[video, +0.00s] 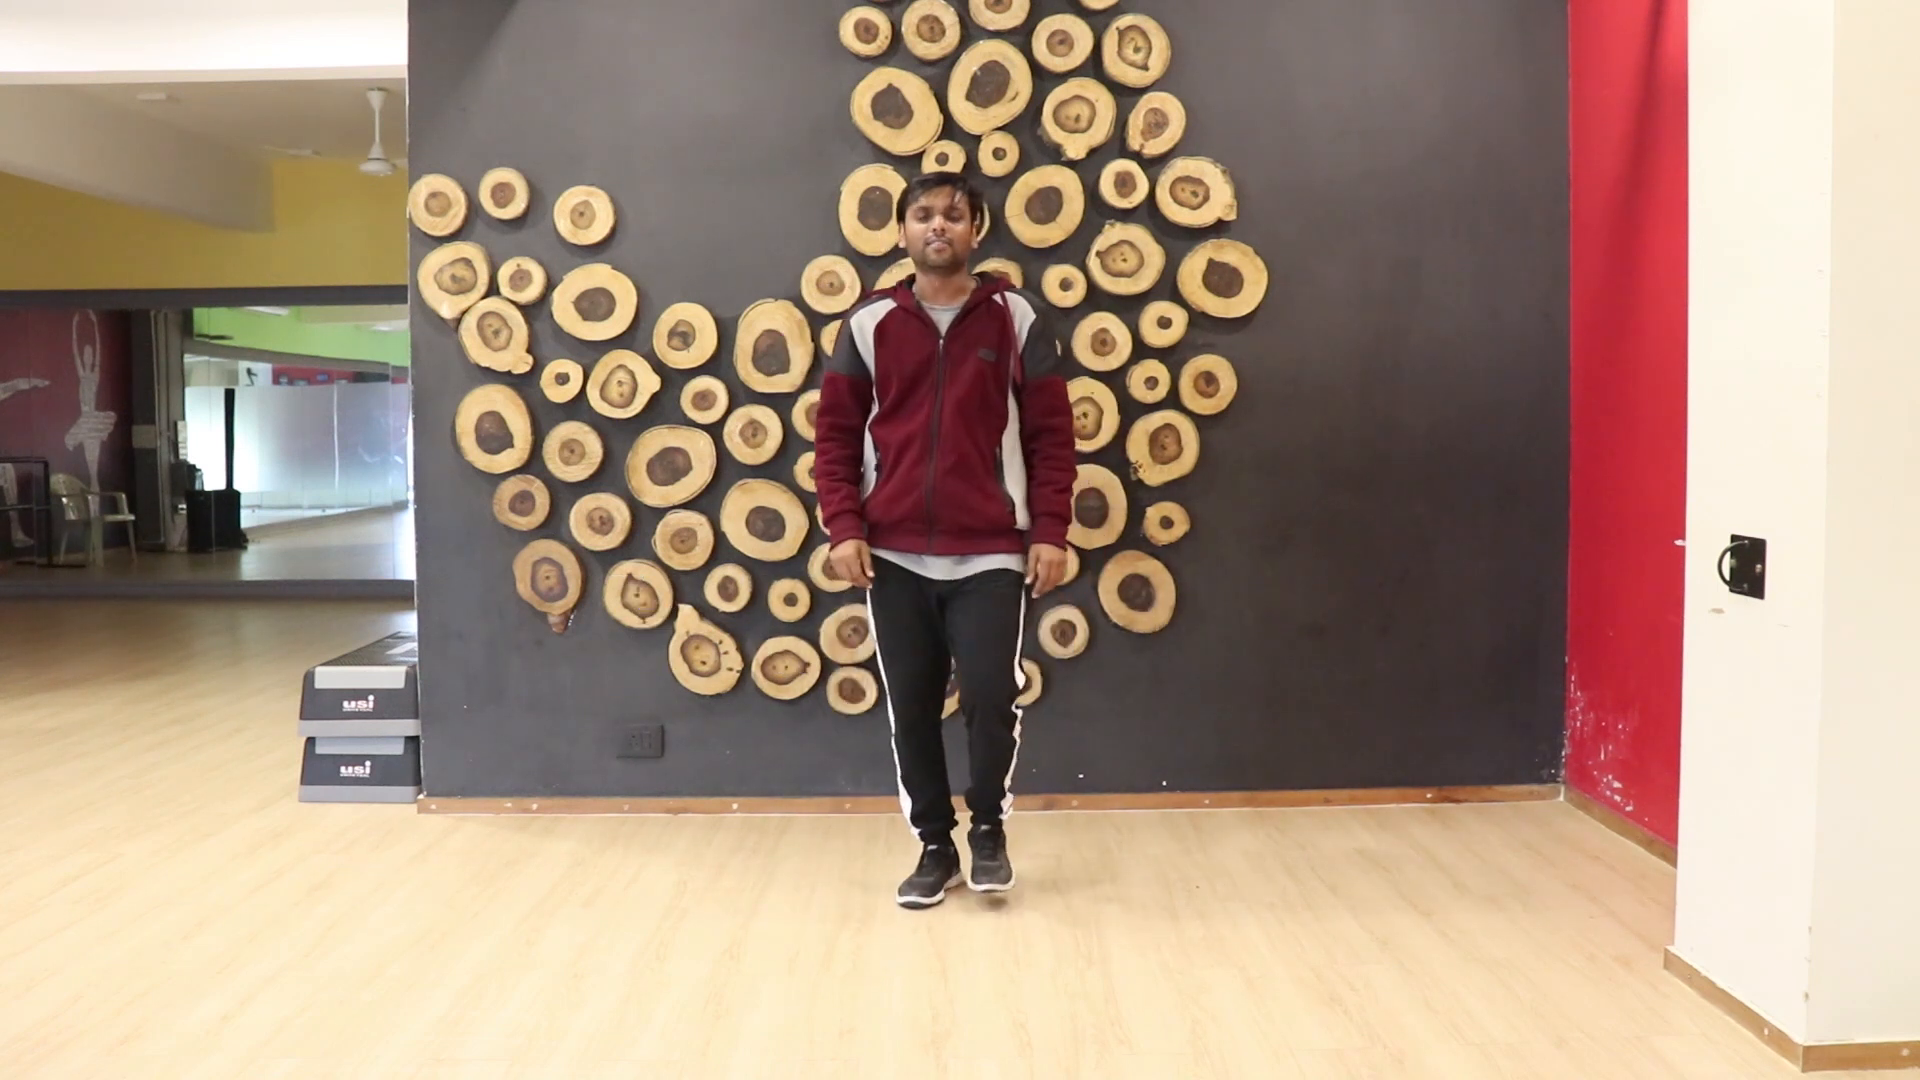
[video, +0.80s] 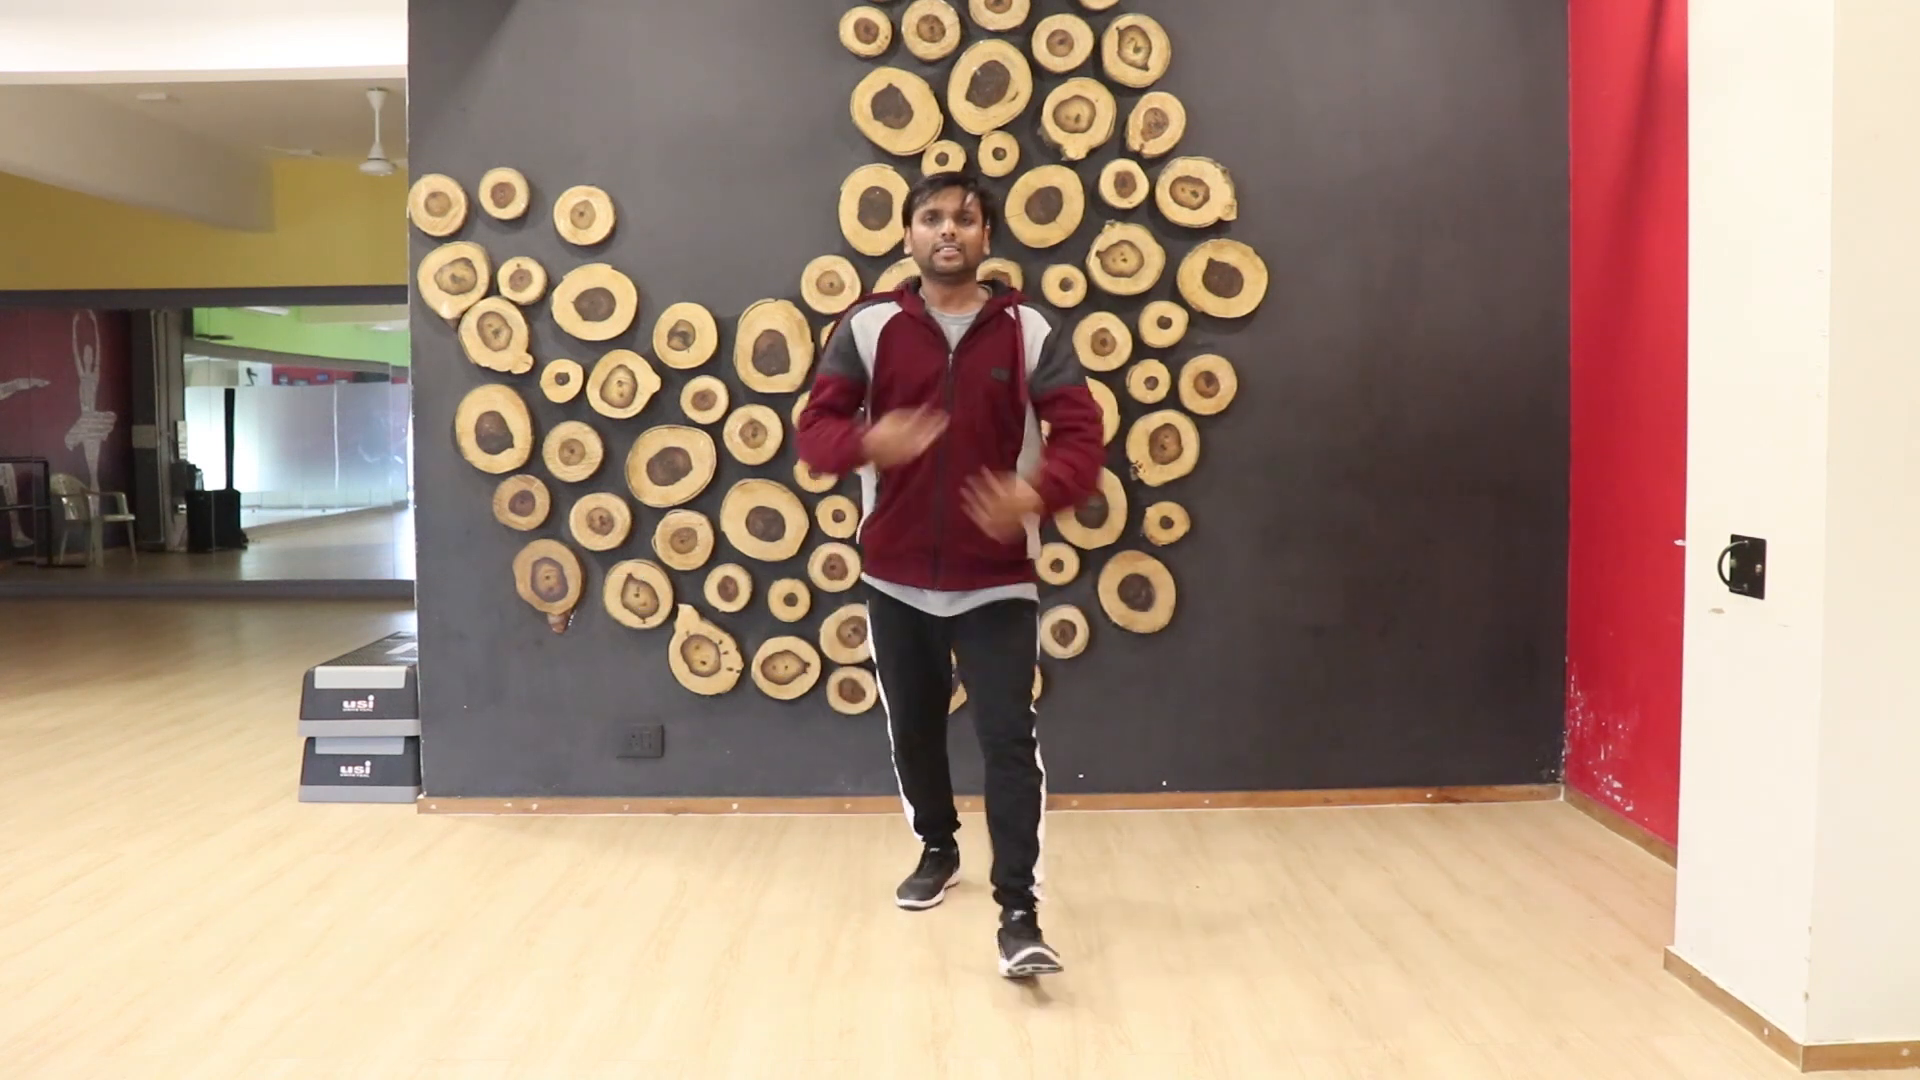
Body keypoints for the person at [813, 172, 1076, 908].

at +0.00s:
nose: (939, 226)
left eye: (953, 215)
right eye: (924, 215)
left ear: (976, 232)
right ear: (903, 233)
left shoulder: (1016, 317)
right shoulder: (867, 324)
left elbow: (1049, 430)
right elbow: (836, 433)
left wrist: (1050, 529)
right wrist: (842, 526)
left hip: (991, 549)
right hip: (894, 551)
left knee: (989, 693)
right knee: (910, 705)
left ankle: (988, 830)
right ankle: (933, 847)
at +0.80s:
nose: (949, 230)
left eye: (965, 218)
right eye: (933, 217)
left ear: (987, 237)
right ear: (908, 237)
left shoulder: (1027, 329)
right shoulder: (867, 325)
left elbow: (1081, 434)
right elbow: (815, 435)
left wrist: (1034, 492)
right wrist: (869, 441)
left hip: (997, 576)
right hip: (896, 575)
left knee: (1009, 737)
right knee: (911, 730)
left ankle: (1019, 913)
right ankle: (936, 847)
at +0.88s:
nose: (955, 227)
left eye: (971, 214)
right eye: (939, 214)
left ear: (993, 233)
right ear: (913, 232)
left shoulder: (1021, 316)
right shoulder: (884, 310)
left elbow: (1019, 419)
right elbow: (871, 404)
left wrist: (915, 367)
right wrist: (982, 337)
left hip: (1006, 567)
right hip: (908, 568)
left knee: (1018, 747)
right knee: (913, 742)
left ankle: (1023, 929)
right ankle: (939, 836)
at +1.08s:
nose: (965, 214)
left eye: (982, 203)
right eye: (949, 201)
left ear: (1007, 222)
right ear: (922, 217)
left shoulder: (1030, 305)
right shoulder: (880, 293)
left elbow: (1065, 394)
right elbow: (811, 392)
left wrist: (974, 313)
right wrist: (905, 324)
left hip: (1018, 563)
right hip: (913, 563)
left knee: (1037, 749)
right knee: (977, 731)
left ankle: (1028, 931)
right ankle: (982, 887)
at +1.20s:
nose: (965, 211)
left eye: (981, 199)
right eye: (946, 198)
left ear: (1001, 220)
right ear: (914, 215)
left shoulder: (1044, 312)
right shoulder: (864, 306)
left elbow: (1161, 351)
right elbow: (776, 375)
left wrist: (1087, 279)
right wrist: (804, 301)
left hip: (1002, 572)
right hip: (894, 563)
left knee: (1030, 762)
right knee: (923, 717)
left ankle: (1033, 941)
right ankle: (884, 882)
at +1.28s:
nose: (958, 217)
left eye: (970, 203)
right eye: (937, 204)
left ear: (987, 219)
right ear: (899, 221)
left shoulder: (1039, 313)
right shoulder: (866, 316)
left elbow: (1145, 305)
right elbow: (808, 453)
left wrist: (1079, 239)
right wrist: (828, 348)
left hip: (999, 584)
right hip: (887, 578)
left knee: (1021, 762)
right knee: (860, 743)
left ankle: (1035, 945)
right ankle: (766, 909)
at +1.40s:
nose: (922, 229)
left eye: (927, 214)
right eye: (900, 215)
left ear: (935, 225)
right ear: (851, 231)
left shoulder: (935, 311)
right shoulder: (846, 330)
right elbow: (913, 415)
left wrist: (1000, 296)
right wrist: (926, 313)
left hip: (995, 604)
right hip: (890, 608)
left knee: (1055, 783)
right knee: (807, 778)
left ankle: (1036, 938)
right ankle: (698, 928)